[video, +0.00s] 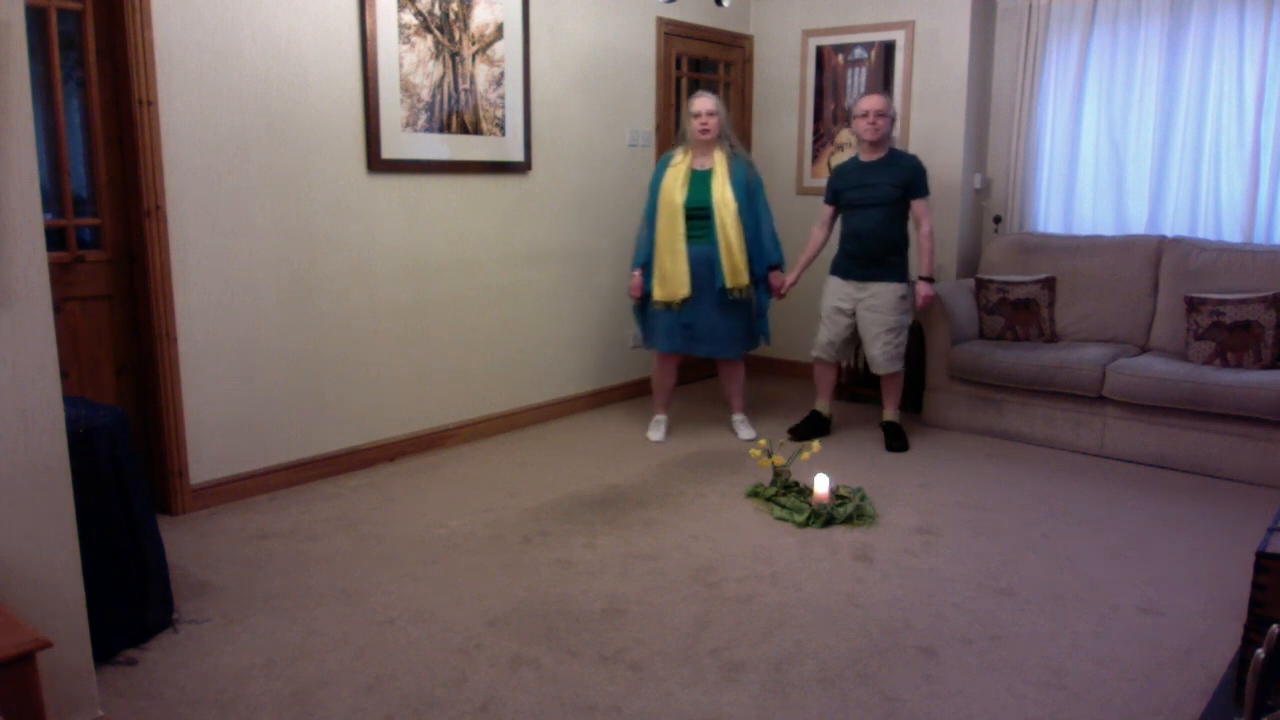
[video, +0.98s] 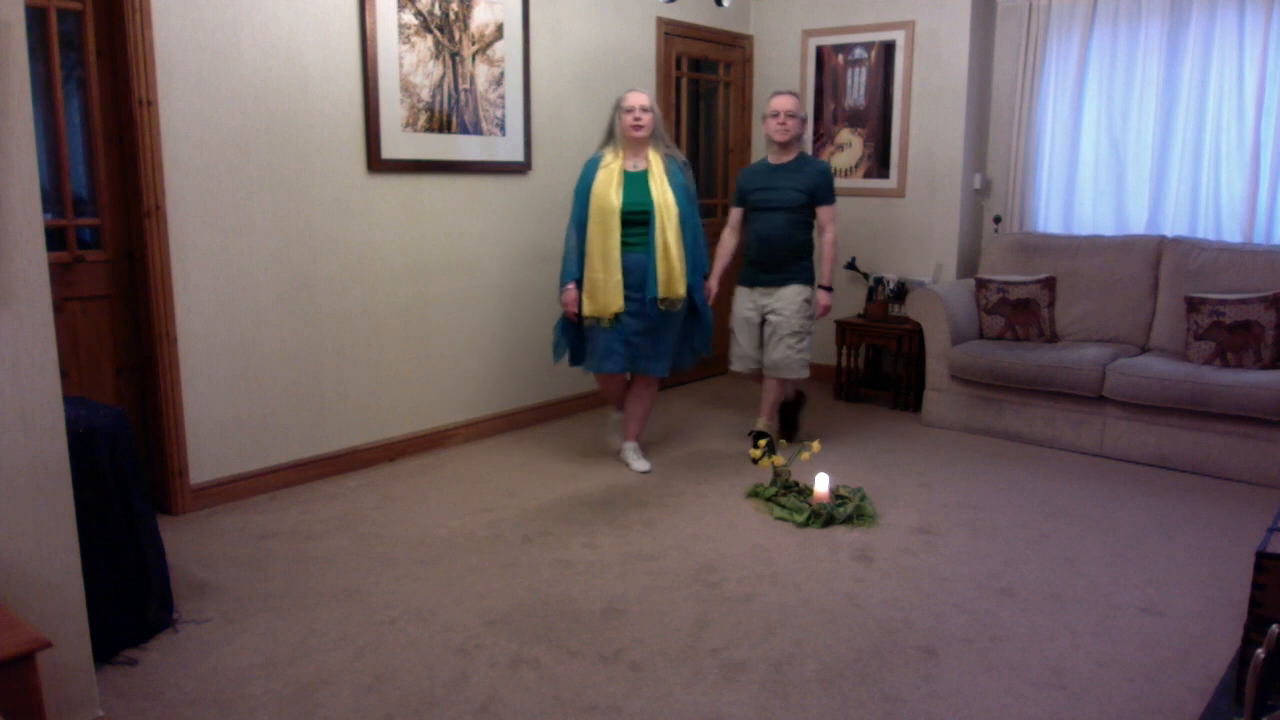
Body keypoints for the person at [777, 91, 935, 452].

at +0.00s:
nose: (872, 121)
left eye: (880, 115)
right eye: (864, 116)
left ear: (892, 122)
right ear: (853, 124)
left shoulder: (908, 167)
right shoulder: (841, 173)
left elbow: (923, 223)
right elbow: (822, 228)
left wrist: (925, 277)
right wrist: (794, 273)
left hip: (888, 282)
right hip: (843, 279)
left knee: (887, 357)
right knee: (825, 348)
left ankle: (891, 420)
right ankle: (820, 414)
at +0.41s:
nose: (824, 124)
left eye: (832, 118)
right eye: (817, 118)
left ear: (845, 125)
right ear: (807, 124)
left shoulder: (860, 170)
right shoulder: (796, 173)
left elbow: (873, 225)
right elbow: (777, 228)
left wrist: (873, 279)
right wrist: (750, 273)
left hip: (840, 277)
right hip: (800, 276)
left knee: (832, 347)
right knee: (803, 350)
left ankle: (842, 414)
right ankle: (815, 416)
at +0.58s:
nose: (808, 122)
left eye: (817, 116)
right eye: (801, 116)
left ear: (831, 123)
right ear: (791, 122)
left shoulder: (845, 168)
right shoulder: (781, 174)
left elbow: (858, 224)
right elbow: (764, 228)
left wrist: (859, 277)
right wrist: (740, 274)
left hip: (828, 273)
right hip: (791, 273)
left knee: (804, 348)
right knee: (799, 349)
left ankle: (786, 425)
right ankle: (817, 417)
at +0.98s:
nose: (782, 122)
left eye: (790, 116)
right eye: (775, 116)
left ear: (802, 124)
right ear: (764, 123)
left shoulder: (817, 172)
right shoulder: (749, 175)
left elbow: (827, 231)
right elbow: (731, 230)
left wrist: (825, 286)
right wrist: (715, 275)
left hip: (792, 285)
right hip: (750, 284)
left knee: (778, 361)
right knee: (751, 360)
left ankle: (763, 428)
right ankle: (789, 398)